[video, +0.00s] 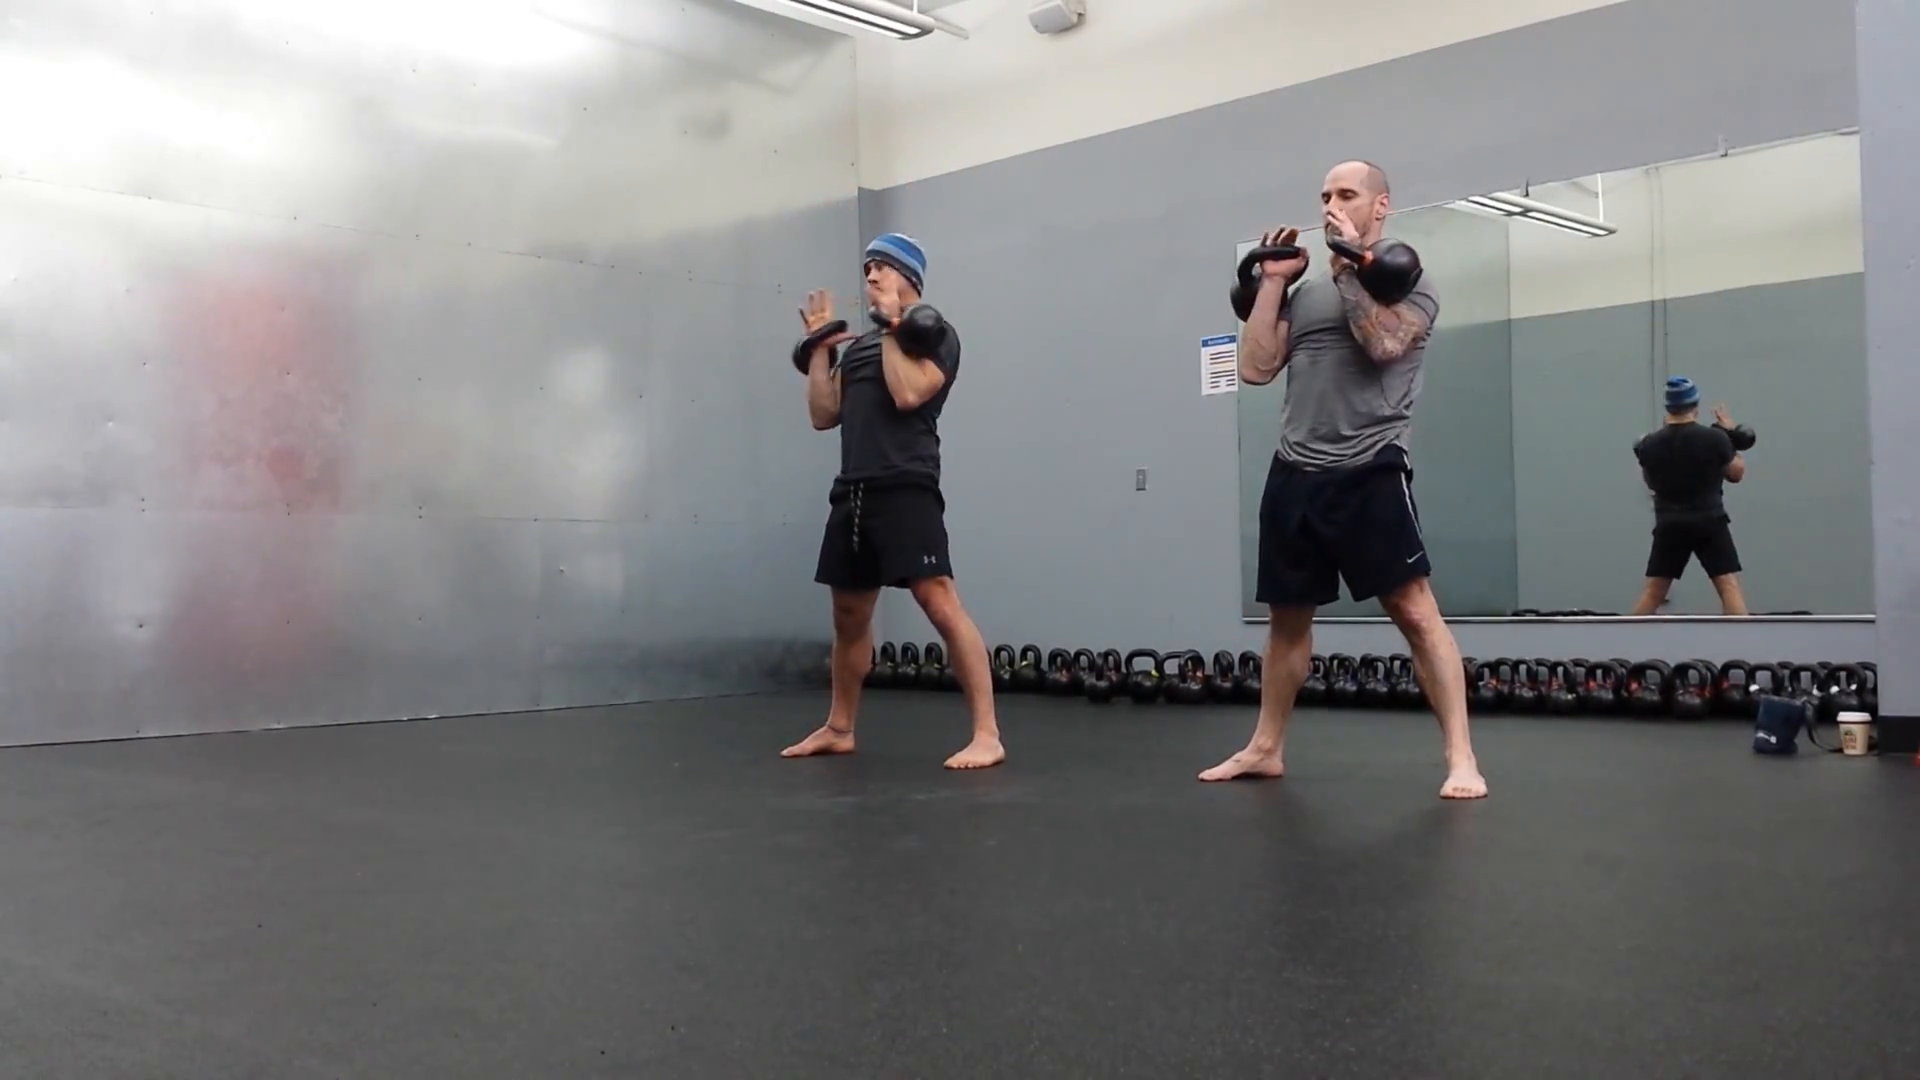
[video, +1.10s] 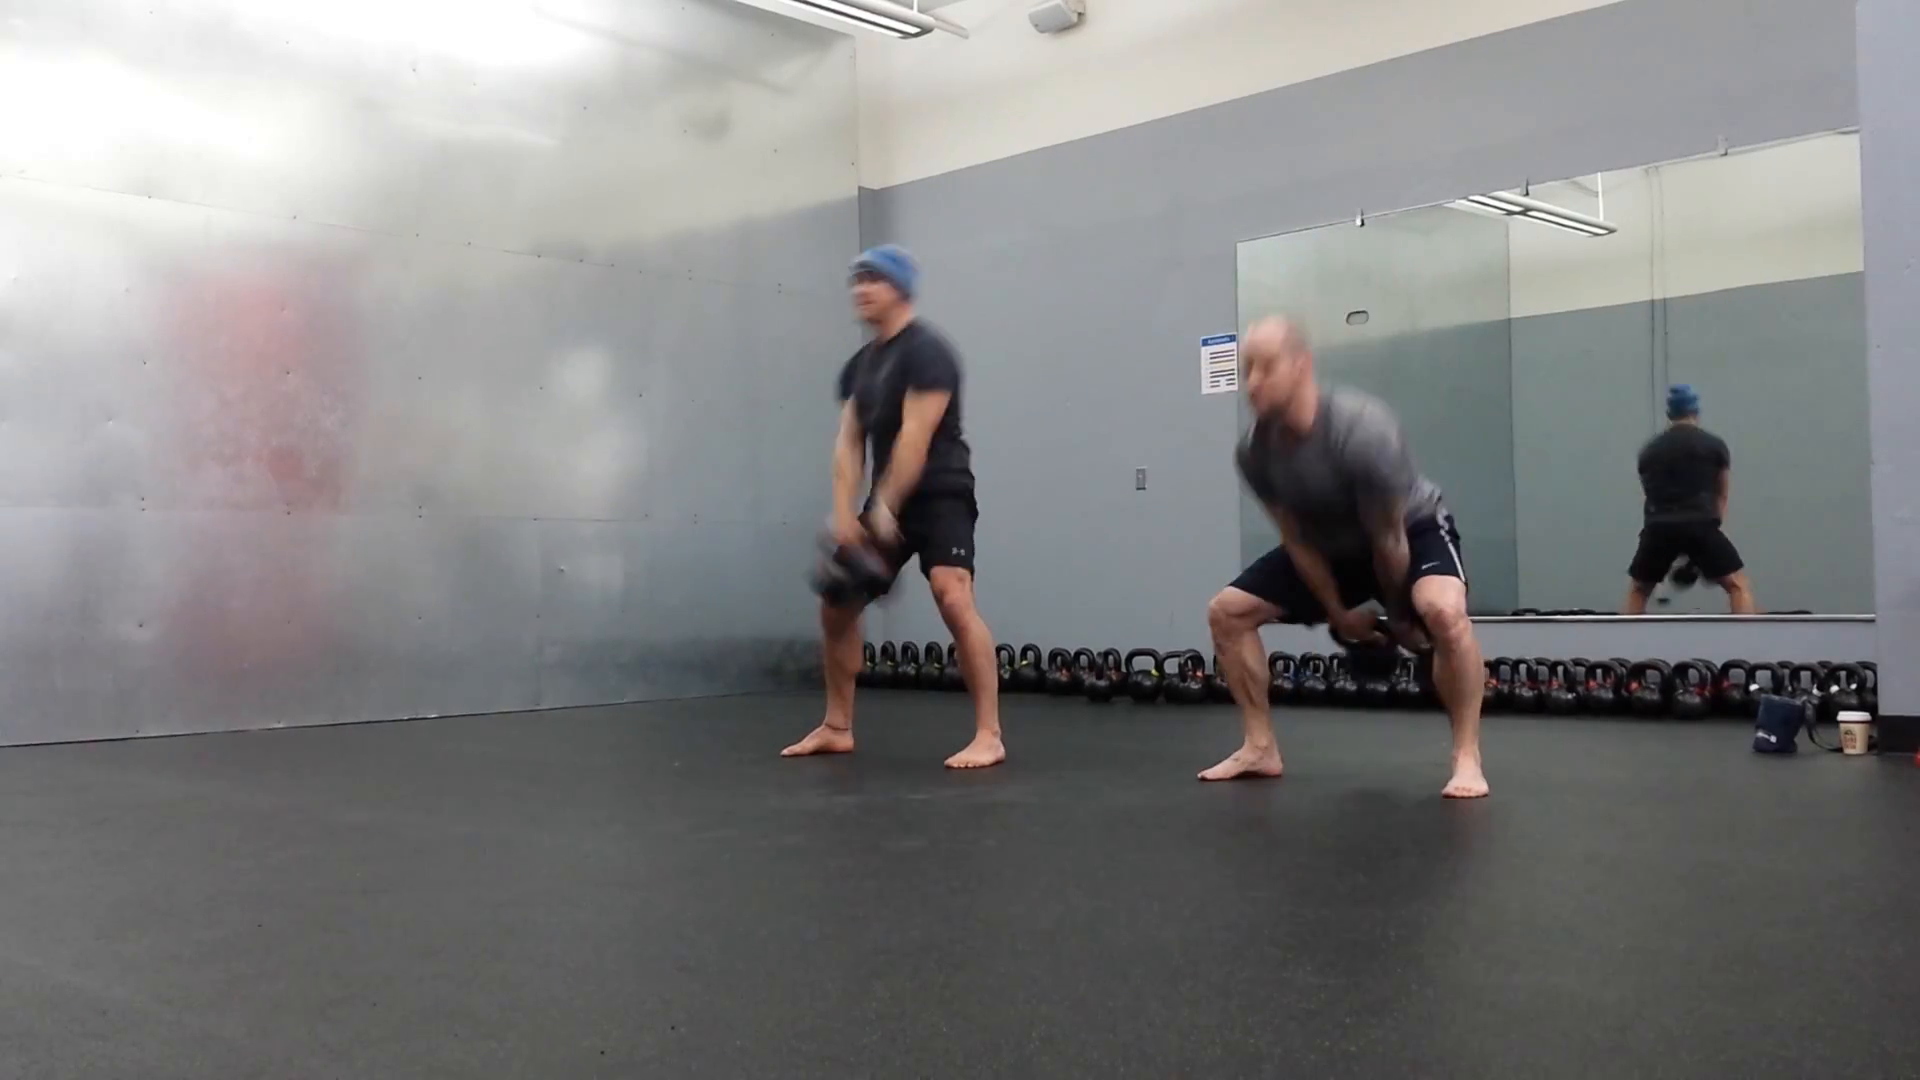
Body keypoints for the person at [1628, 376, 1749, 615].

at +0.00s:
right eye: (1695, 404)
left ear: (1667, 407)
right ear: (1695, 406)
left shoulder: (1649, 445)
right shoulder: (1713, 439)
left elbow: (1651, 483)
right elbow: (1736, 474)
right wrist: (1729, 435)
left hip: (1670, 528)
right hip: (1710, 526)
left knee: (1653, 594)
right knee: (1728, 588)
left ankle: (1623, 647)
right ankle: (1746, 647)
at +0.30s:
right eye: (1693, 405)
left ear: (1664, 405)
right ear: (1693, 406)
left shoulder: (1641, 440)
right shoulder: (1708, 436)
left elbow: (1655, 479)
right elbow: (1730, 479)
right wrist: (1738, 468)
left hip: (1658, 528)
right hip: (1698, 527)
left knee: (1644, 594)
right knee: (1728, 588)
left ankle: (1626, 647)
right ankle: (1745, 647)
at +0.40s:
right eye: (1694, 413)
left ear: (1666, 413)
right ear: (1694, 414)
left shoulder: (1642, 445)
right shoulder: (1709, 441)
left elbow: (1644, 488)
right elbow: (1730, 486)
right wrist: (1736, 509)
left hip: (1653, 530)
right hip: (1694, 529)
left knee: (1639, 595)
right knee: (1730, 588)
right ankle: (1748, 646)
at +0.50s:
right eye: (1699, 428)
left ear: (1674, 428)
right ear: (1701, 428)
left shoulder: (1650, 456)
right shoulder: (1715, 453)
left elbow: (1646, 500)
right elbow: (1726, 506)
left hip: (1652, 532)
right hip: (1694, 531)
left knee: (1636, 594)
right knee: (1736, 587)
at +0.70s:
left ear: (1696, 477)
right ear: (1722, 480)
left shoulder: (1670, 495)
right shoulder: (1731, 497)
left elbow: (1659, 531)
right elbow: (1727, 539)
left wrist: (1661, 577)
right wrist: (1709, 576)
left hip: (1658, 542)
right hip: (1703, 543)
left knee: (1627, 597)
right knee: (1759, 589)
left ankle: (1628, 649)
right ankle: (1752, 646)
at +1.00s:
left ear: (1684, 444)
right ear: (1711, 443)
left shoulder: (1663, 473)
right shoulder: (1725, 471)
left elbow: (1654, 518)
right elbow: (1724, 519)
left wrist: (1662, 568)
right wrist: (1702, 566)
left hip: (1659, 534)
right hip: (1701, 534)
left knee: (1629, 593)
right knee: (1750, 587)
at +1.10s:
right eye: (1694, 410)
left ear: (1668, 414)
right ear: (1696, 412)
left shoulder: (1649, 450)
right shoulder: (1715, 446)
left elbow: (1653, 498)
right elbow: (1721, 496)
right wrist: (1705, 536)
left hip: (1659, 531)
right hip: (1701, 529)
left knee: (1639, 592)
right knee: (1737, 587)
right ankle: (1747, 645)